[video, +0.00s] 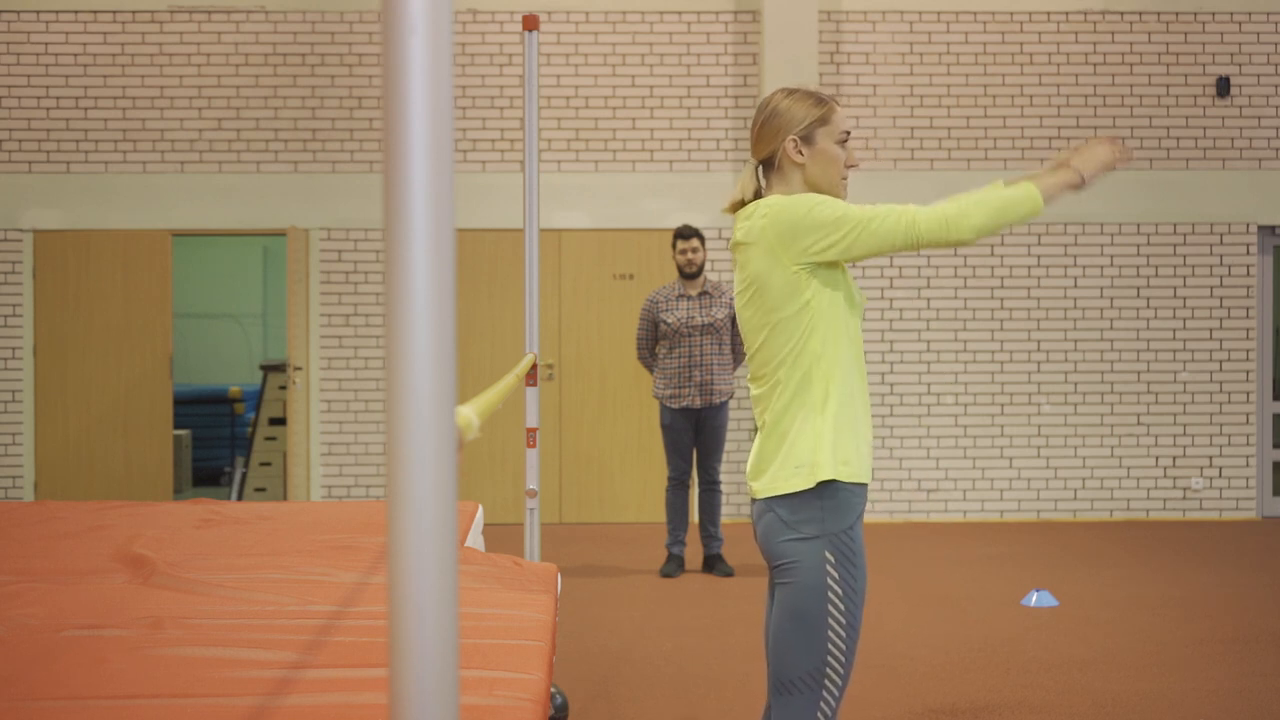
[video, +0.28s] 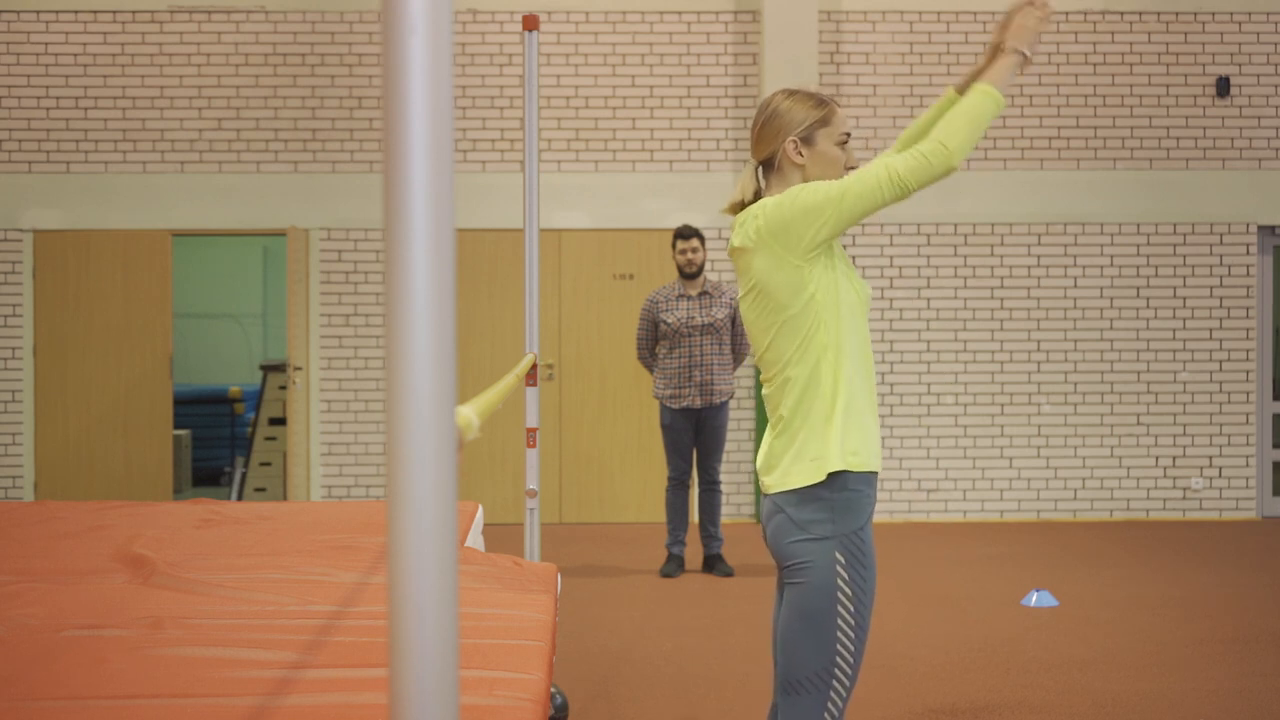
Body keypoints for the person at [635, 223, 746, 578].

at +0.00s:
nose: (689, 257)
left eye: (695, 250)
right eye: (682, 252)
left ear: (705, 254)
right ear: (674, 256)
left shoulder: (726, 297)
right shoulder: (659, 300)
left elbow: (740, 346)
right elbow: (644, 350)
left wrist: (719, 371)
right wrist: (668, 376)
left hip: (715, 402)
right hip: (675, 402)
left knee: (710, 478)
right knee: (678, 477)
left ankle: (713, 552)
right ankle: (675, 553)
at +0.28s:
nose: (688, 256)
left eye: (694, 250)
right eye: (682, 251)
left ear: (705, 254)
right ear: (673, 256)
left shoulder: (727, 296)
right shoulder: (658, 300)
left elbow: (741, 346)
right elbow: (644, 351)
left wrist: (718, 372)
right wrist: (670, 376)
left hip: (716, 402)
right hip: (675, 402)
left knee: (710, 479)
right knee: (678, 478)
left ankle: (713, 552)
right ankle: (675, 552)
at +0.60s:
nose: (688, 256)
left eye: (694, 250)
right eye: (682, 251)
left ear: (705, 253)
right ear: (673, 256)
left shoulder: (729, 297)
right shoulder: (658, 300)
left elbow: (742, 347)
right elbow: (644, 351)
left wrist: (718, 372)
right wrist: (670, 376)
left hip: (715, 402)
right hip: (674, 403)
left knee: (710, 479)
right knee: (678, 477)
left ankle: (713, 553)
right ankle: (675, 552)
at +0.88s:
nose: (688, 256)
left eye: (694, 250)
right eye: (681, 251)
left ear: (704, 253)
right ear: (673, 256)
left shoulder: (728, 297)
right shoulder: (658, 300)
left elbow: (742, 347)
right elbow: (644, 351)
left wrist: (719, 372)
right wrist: (670, 376)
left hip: (715, 402)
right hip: (675, 403)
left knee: (710, 479)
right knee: (678, 478)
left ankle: (713, 553)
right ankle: (675, 553)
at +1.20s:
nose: (688, 256)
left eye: (693, 250)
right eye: (681, 251)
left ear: (704, 253)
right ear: (673, 257)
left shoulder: (728, 297)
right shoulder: (658, 300)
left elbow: (741, 347)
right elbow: (644, 351)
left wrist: (718, 372)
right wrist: (670, 376)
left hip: (715, 402)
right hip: (675, 403)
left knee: (710, 479)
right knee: (678, 478)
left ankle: (713, 553)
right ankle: (675, 553)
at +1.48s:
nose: (688, 256)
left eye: (693, 250)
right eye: (681, 251)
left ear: (704, 253)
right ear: (673, 256)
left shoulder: (728, 297)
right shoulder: (658, 300)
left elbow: (742, 347)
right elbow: (644, 351)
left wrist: (719, 372)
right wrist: (670, 376)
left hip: (716, 402)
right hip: (675, 403)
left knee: (710, 479)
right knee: (678, 478)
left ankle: (713, 553)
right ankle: (675, 553)